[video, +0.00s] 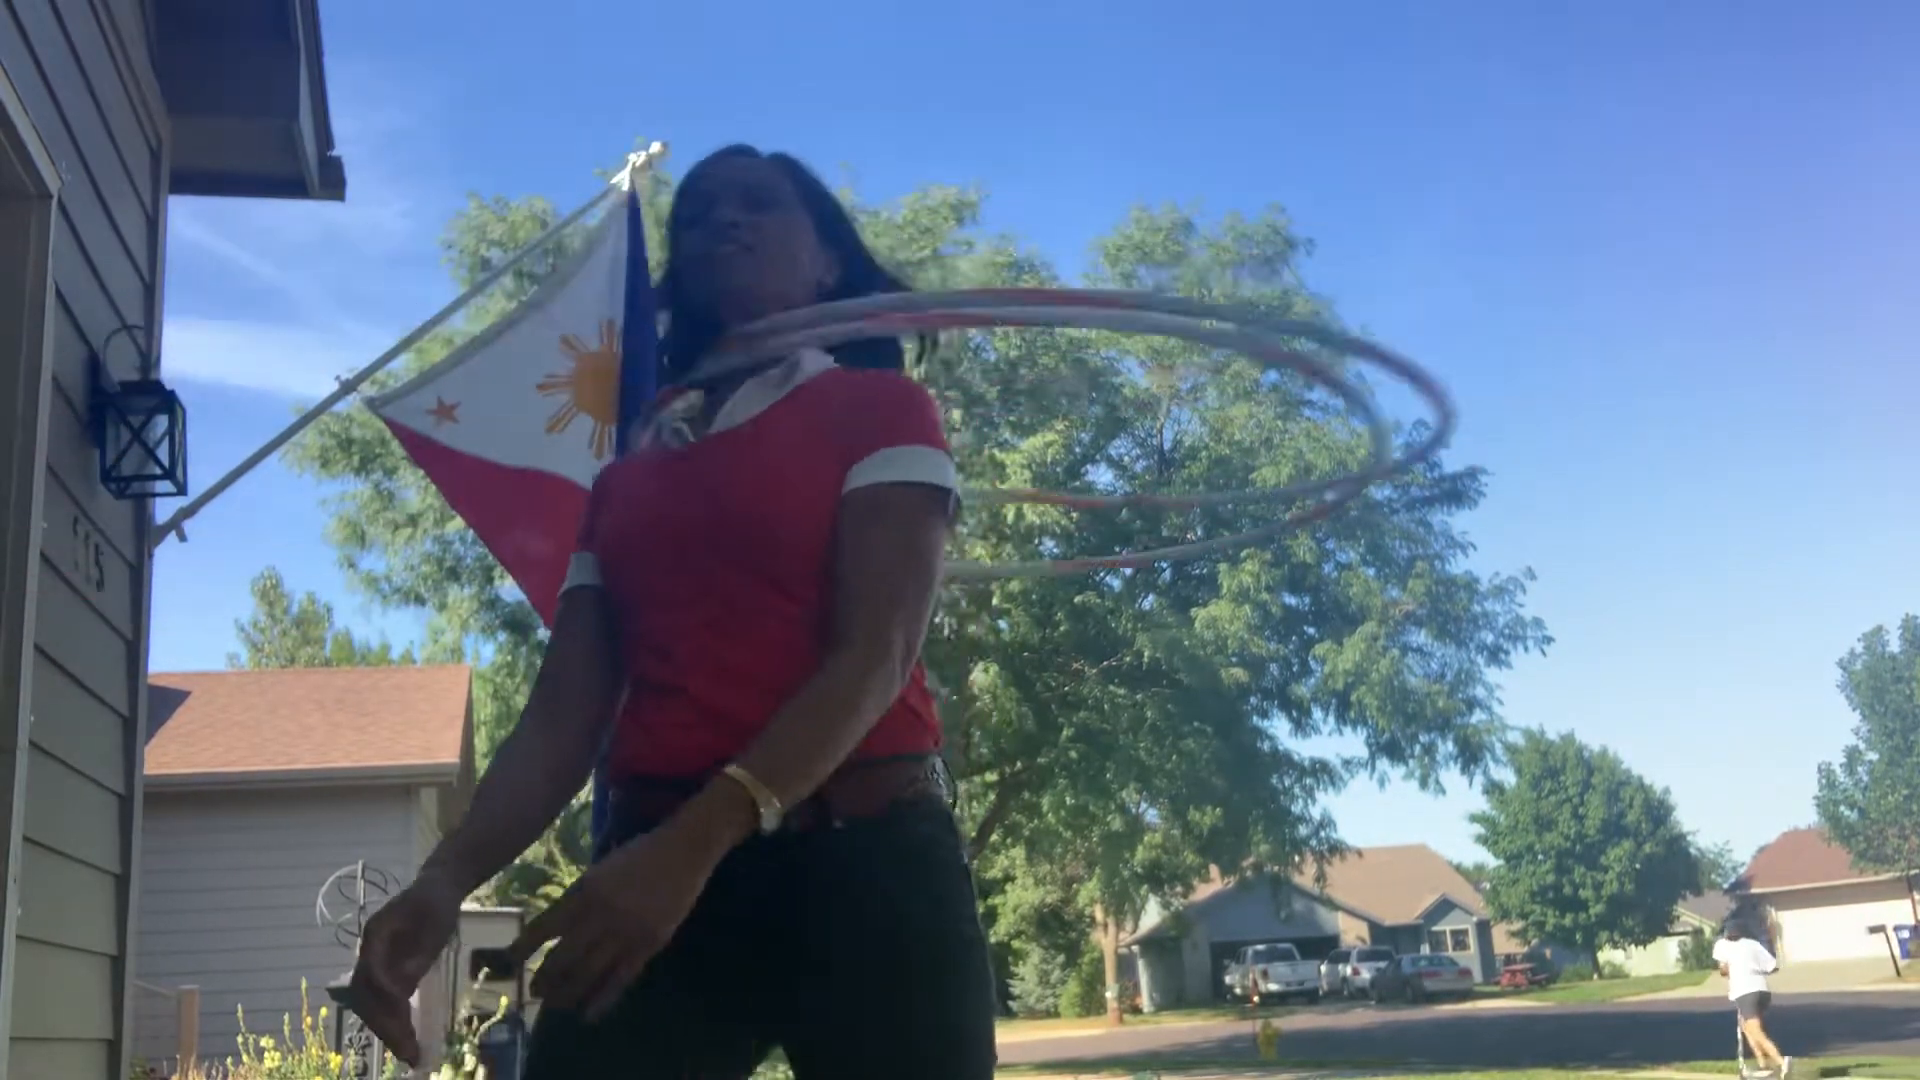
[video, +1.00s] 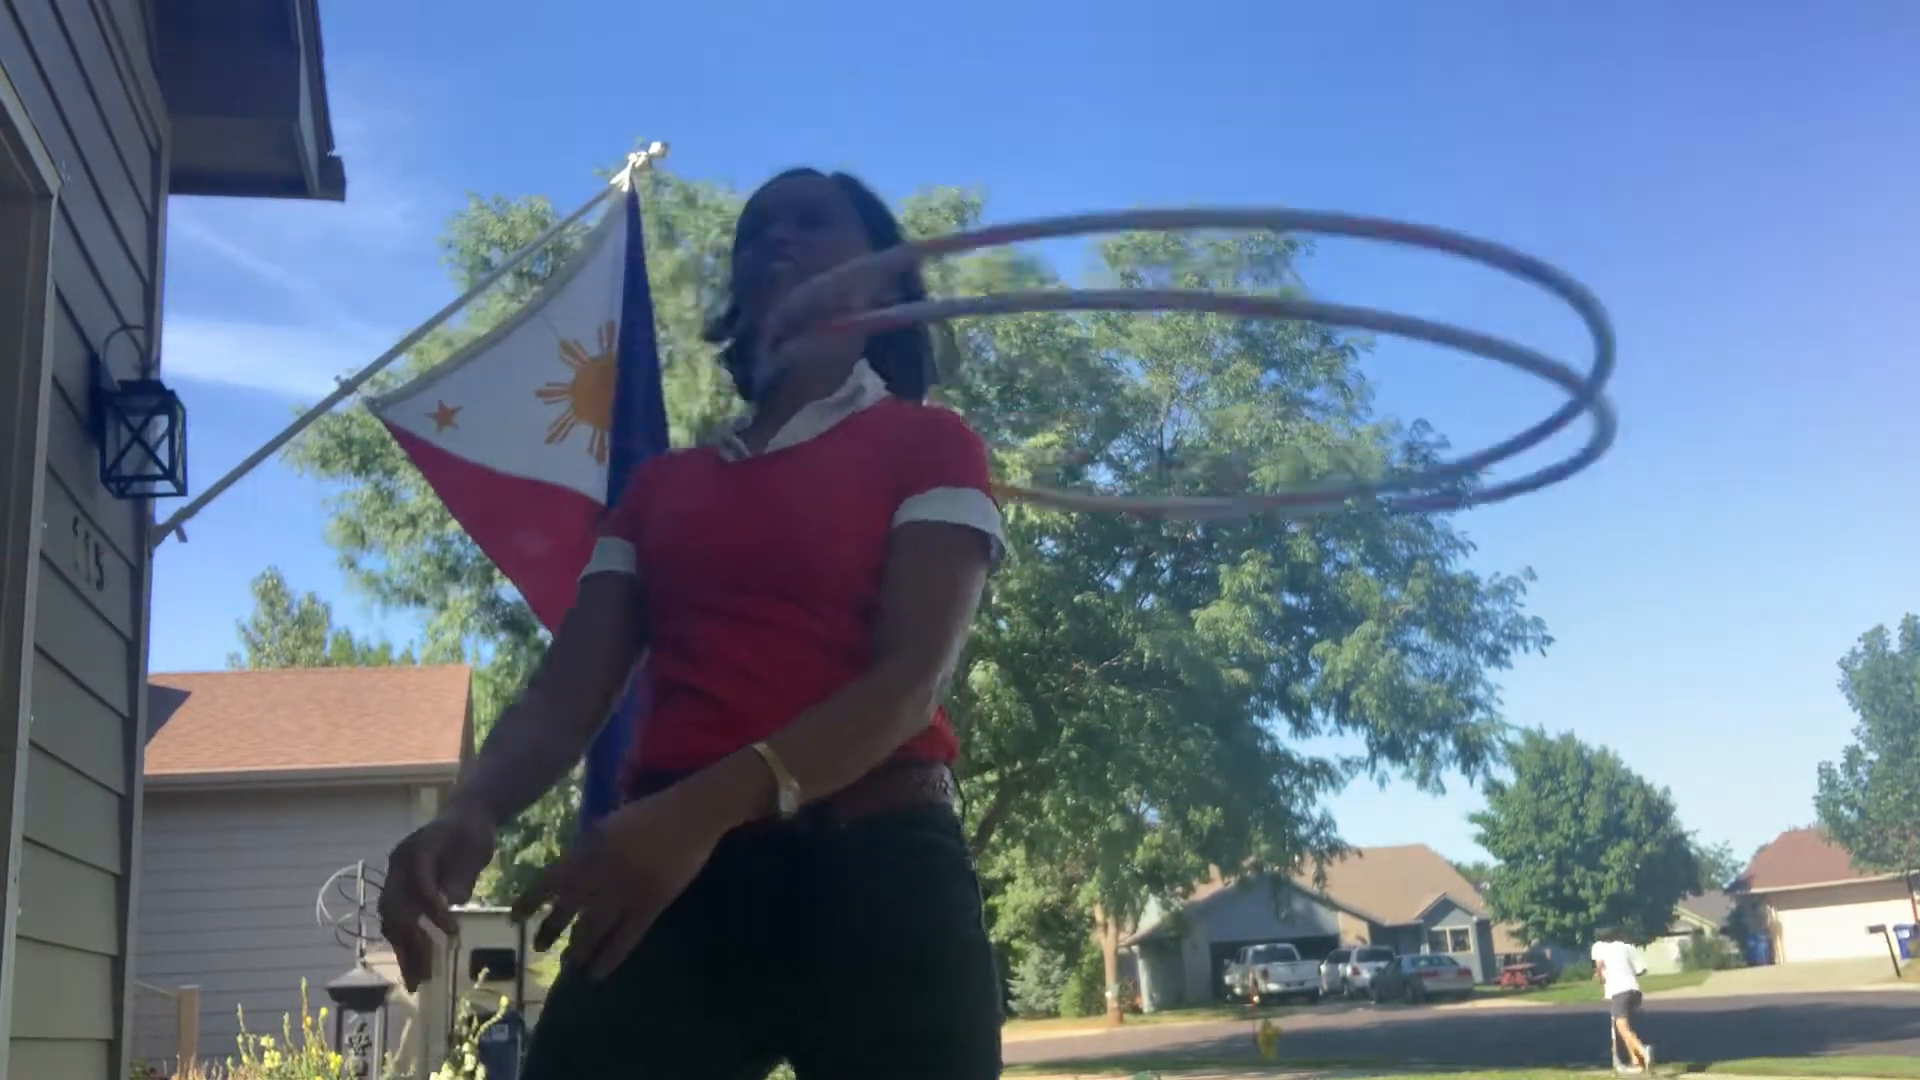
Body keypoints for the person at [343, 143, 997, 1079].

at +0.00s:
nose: (722, 222)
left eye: (759, 204)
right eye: (698, 217)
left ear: (829, 261)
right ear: (673, 280)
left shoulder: (874, 402)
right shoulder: (626, 471)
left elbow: (875, 656)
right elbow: (563, 711)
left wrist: (695, 840)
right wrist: (442, 887)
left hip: (866, 861)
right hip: (653, 877)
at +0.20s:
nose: (694, 230)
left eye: (729, 205)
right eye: (668, 225)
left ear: (802, 258)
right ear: (649, 276)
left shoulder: (876, 417)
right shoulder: (617, 490)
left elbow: (947, 680)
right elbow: (552, 734)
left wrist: (845, 897)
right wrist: (454, 942)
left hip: (865, 874)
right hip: (654, 882)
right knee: (572, 1062)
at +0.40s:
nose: (740, 256)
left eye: (780, 233)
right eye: (725, 249)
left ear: (865, 267)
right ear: (710, 301)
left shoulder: (915, 439)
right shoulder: (659, 493)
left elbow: (909, 694)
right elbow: (579, 713)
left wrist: (740, 870)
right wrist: (455, 909)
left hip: (869, 868)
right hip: (663, 875)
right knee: (577, 1058)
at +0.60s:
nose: (668, 208)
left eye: (711, 191)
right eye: (654, 205)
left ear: (789, 255)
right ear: (636, 273)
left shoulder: (841, 388)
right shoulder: (600, 488)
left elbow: (876, 661)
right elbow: (543, 734)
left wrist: (667, 817)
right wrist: (414, 911)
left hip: (858, 860)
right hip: (660, 884)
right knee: (569, 1062)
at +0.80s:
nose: (736, 231)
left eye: (779, 211)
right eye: (720, 219)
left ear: (852, 279)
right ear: (704, 285)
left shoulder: (911, 437)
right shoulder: (645, 482)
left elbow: (950, 682)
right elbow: (569, 703)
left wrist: (802, 845)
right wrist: (461, 906)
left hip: (869, 877)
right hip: (656, 873)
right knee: (567, 1062)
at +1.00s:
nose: (777, 243)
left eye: (813, 224)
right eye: (757, 239)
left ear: (891, 280)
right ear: (738, 302)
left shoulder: (927, 441)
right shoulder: (660, 485)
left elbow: (909, 679)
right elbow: (566, 692)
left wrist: (699, 809)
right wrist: (475, 809)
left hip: (877, 867)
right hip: (661, 883)